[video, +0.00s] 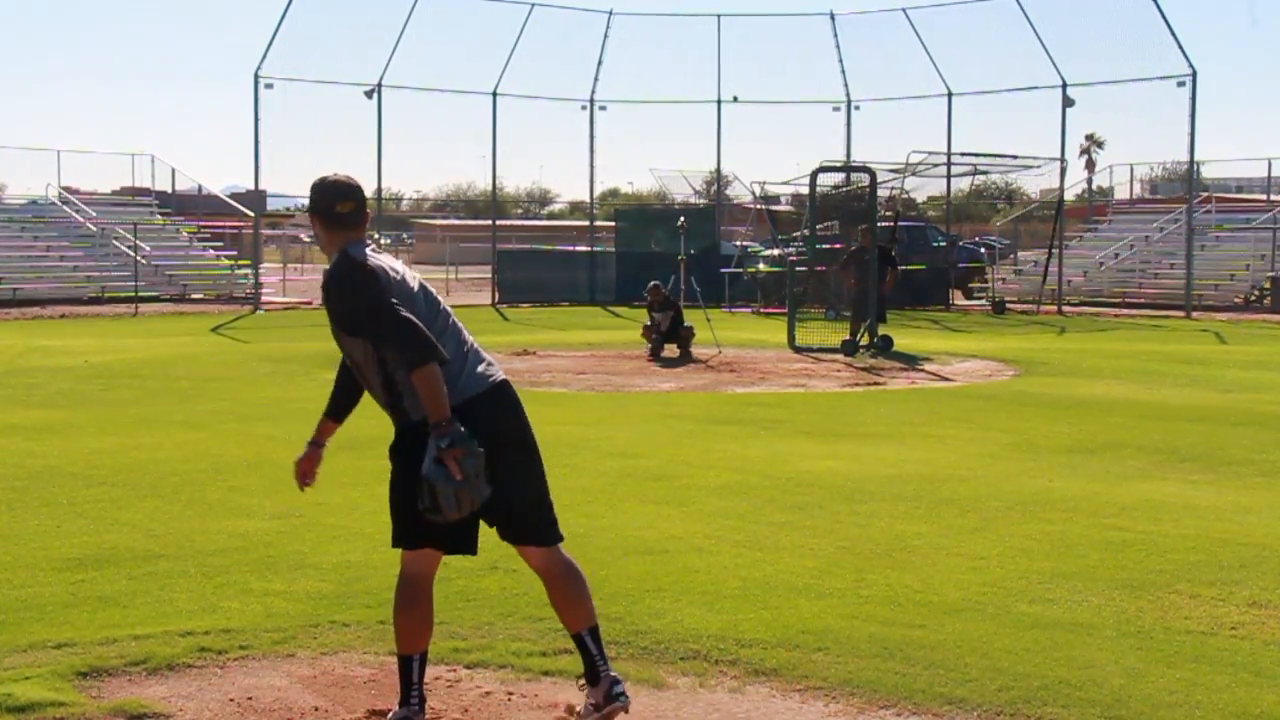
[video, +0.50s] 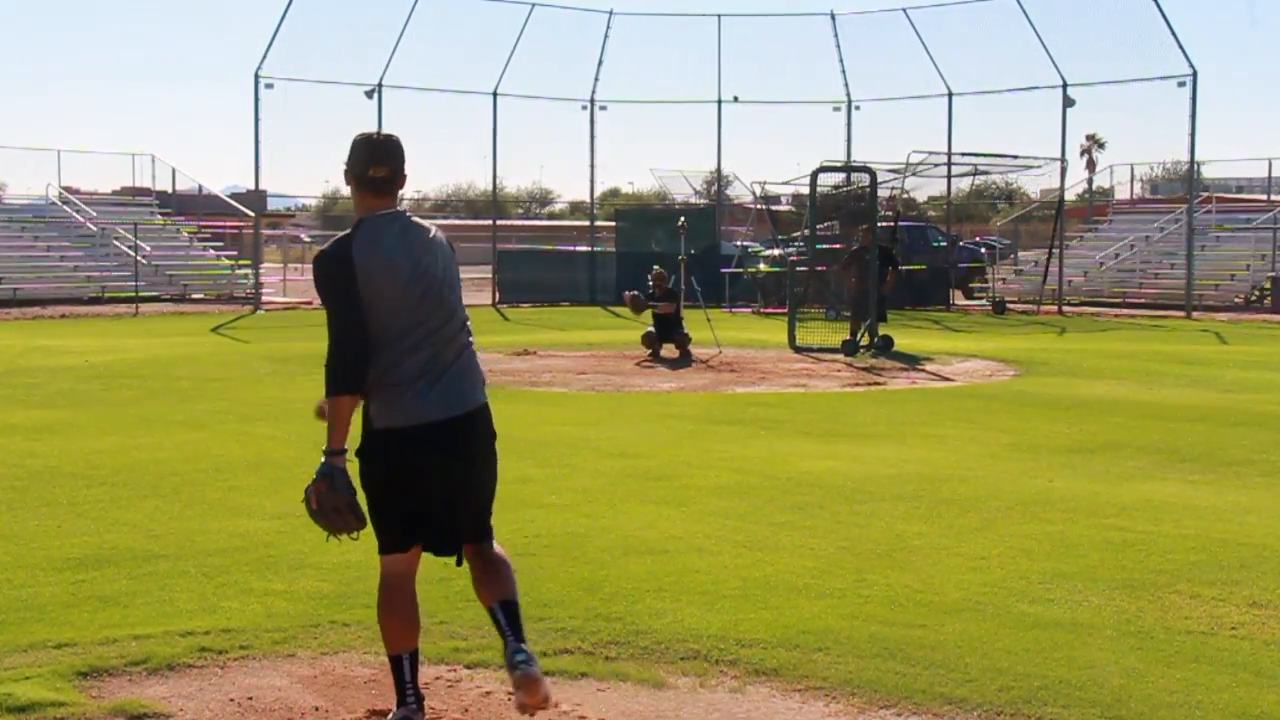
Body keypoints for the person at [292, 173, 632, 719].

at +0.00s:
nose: (309, 224)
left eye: (309, 216)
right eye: (314, 216)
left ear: (313, 223)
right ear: (363, 216)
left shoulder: (347, 276)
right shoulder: (374, 265)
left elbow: (417, 347)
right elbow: (355, 370)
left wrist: (445, 432)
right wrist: (317, 444)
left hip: (431, 428)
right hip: (493, 410)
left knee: (418, 567)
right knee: (542, 548)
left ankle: (411, 703)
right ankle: (603, 678)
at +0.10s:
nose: (323, 211)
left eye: (323, 204)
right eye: (331, 203)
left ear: (328, 209)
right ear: (377, 203)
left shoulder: (364, 266)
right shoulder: (392, 253)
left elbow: (426, 357)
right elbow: (355, 348)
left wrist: (444, 446)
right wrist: (284, 403)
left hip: (434, 425)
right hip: (493, 410)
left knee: (419, 566)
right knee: (538, 550)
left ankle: (411, 702)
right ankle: (600, 675)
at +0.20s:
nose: (332, 202)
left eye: (333, 193)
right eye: (339, 192)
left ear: (337, 199)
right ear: (387, 196)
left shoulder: (367, 260)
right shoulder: (402, 244)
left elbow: (417, 362)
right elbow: (360, 337)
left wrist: (422, 450)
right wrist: (276, 359)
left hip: (435, 422)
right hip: (490, 409)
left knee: (417, 564)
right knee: (535, 546)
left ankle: (412, 703)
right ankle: (597, 672)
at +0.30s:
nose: (344, 197)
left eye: (340, 188)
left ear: (341, 193)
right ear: (394, 191)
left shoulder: (353, 265)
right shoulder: (411, 241)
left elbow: (395, 370)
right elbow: (370, 335)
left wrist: (389, 455)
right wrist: (291, 339)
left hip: (428, 429)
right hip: (487, 411)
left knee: (411, 565)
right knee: (526, 546)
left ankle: (411, 702)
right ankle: (589, 664)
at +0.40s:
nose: (349, 190)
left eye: (345, 181)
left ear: (345, 186)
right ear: (398, 186)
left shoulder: (343, 260)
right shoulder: (421, 239)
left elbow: (366, 361)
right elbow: (401, 333)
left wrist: (355, 452)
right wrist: (316, 350)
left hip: (406, 432)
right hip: (475, 417)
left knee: (403, 564)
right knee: (502, 541)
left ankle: (409, 702)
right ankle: (566, 655)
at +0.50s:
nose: (356, 184)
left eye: (352, 174)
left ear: (349, 181)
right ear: (403, 181)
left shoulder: (339, 256)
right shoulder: (435, 240)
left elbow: (347, 358)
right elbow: (426, 334)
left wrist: (334, 456)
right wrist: (339, 393)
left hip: (396, 439)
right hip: (468, 428)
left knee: (398, 565)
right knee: (480, 541)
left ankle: (408, 701)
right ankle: (518, 648)